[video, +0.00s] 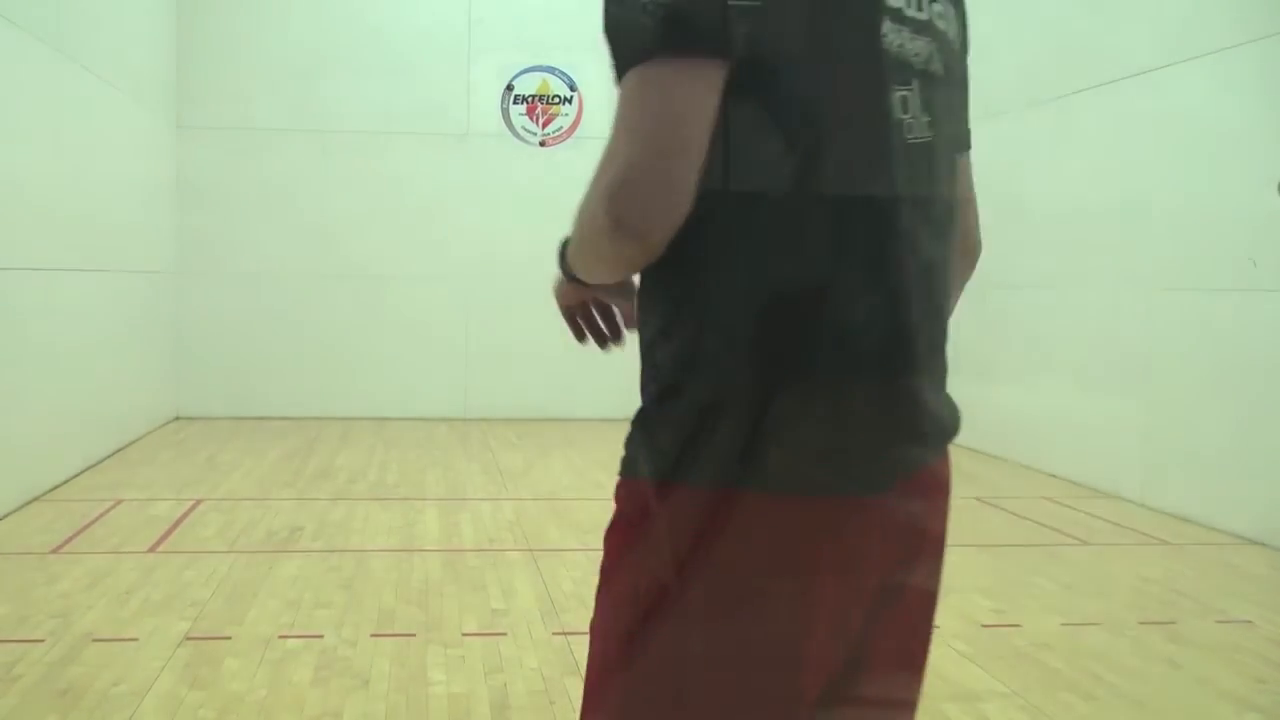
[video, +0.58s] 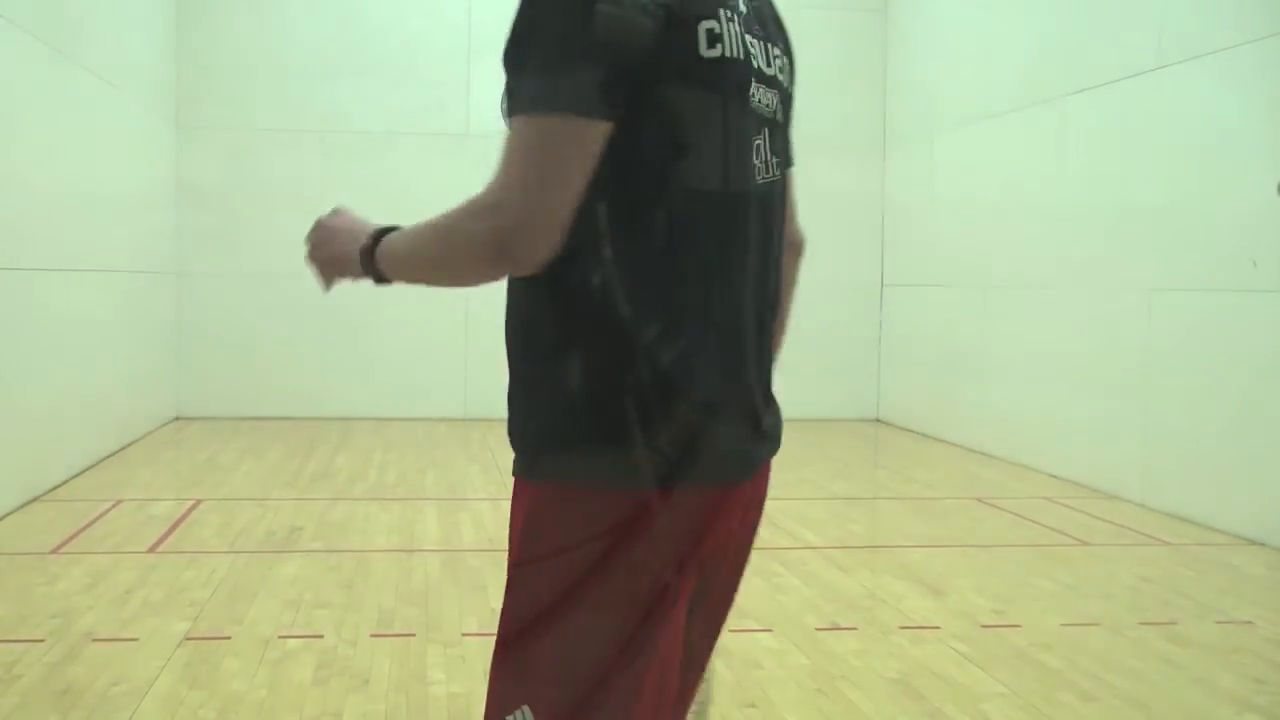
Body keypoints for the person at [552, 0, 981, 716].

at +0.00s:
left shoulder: (687, 7)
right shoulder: (931, 8)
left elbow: (645, 194)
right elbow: (957, 239)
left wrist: (586, 270)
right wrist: (862, 353)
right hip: (902, 473)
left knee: (672, 706)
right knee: (863, 708)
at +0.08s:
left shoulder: (658, 7)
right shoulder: (906, 5)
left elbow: (601, 211)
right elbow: (945, 233)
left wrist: (560, 244)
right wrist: (883, 383)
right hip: (883, 472)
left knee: (664, 705)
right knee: (843, 709)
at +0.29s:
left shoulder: (587, 7)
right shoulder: (842, 9)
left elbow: (486, 224)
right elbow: (884, 232)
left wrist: (461, 194)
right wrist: (855, 443)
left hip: (654, 477)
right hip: (815, 465)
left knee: (620, 705)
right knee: (782, 709)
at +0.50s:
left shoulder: (574, 9)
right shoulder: (781, 16)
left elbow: (473, 229)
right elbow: (811, 242)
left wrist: (381, 218)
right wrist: (774, 428)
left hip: (608, 461)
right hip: (743, 457)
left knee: (558, 703)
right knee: (692, 703)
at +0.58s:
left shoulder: (587, 8)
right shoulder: (757, 20)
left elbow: (518, 228)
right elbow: (782, 241)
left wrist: (367, 249)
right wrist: (744, 388)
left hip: (608, 451)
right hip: (728, 442)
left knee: (549, 706)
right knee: (653, 703)